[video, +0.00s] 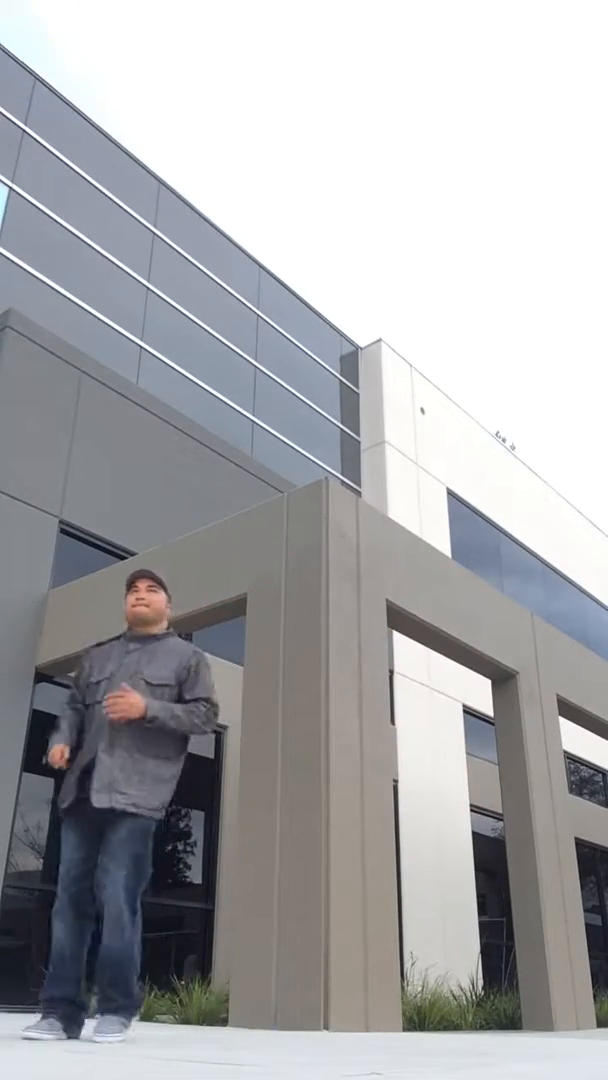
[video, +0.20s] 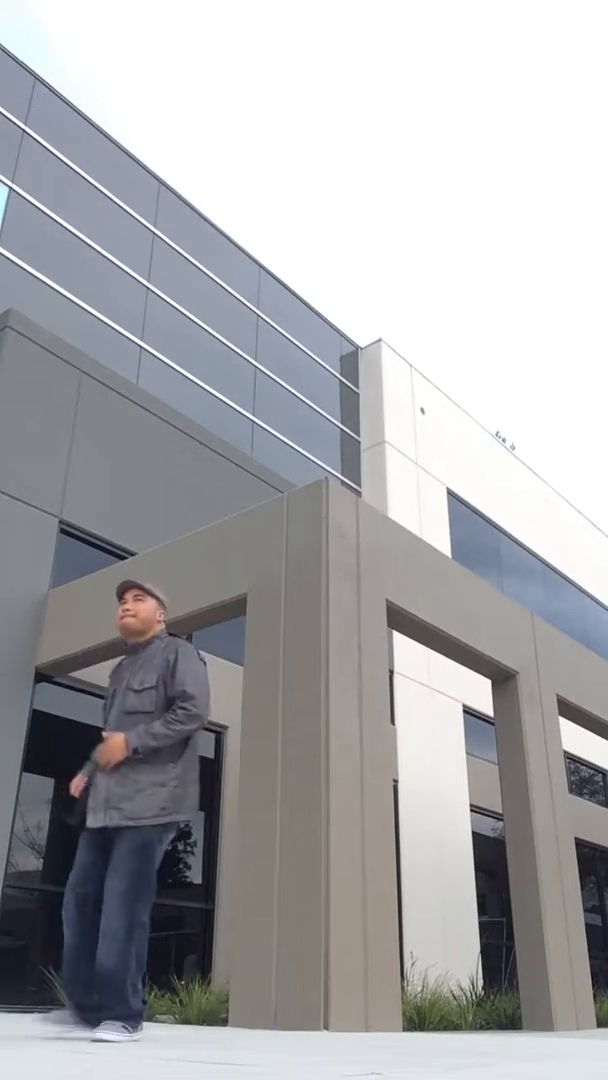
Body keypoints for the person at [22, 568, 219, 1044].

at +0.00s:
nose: (141, 595)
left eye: (151, 590)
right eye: (134, 591)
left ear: (168, 607)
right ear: (123, 607)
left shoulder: (187, 656)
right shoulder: (95, 655)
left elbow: (206, 717)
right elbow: (74, 707)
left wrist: (148, 707)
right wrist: (62, 738)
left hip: (138, 794)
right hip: (82, 787)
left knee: (117, 895)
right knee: (70, 897)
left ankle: (115, 1010)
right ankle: (61, 1011)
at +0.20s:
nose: (125, 606)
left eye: (137, 599)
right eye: (121, 601)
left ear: (161, 612)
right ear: (118, 616)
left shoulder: (180, 653)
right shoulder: (121, 669)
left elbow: (192, 714)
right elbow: (114, 733)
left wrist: (132, 741)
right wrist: (89, 772)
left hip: (150, 803)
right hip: (108, 802)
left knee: (125, 903)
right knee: (80, 898)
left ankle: (123, 1015)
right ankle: (84, 1006)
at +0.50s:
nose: (142, 609)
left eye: (152, 601)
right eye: (138, 604)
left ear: (179, 611)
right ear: (139, 619)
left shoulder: (195, 644)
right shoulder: (155, 665)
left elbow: (219, 701)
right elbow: (159, 729)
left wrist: (174, 754)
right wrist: (131, 754)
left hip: (184, 794)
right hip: (156, 797)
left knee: (146, 898)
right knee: (182, 901)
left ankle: (126, 1013)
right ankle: (229, 1009)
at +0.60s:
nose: (150, 619)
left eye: (159, 611)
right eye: (146, 615)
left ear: (187, 619)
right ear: (151, 629)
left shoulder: (204, 652)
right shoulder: (167, 672)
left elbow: (228, 709)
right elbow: (168, 742)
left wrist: (184, 763)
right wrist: (144, 775)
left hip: (196, 795)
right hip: (185, 796)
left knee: (145, 882)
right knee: (198, 900)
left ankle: (164, 1000)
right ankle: (235, 1021)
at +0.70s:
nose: (158, 617)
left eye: (168, 609)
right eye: (155, 612)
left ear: (194, 617)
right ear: (155, 626)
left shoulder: (211, 650)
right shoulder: (178, 669)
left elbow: (232, 706)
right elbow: (185, 733)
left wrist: (180, 755)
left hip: (206, 791)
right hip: (192, 794)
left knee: (171, 881)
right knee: (200, 892)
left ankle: (226, 994)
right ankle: (235, 1020)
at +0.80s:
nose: (163, 609)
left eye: (172, 601)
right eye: (160, 605)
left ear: (200, 610)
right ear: (167, 618)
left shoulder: (213, 636)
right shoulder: (183, 658)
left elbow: (231, 687)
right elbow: (184, 714)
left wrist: (177, 735)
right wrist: (169, 739)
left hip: (217, 786)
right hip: (192, 792)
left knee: (207, 888)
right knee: (180, 893)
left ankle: (270, 999)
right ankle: (224, 1014)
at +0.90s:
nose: (166, 610)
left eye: (176, 602)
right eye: (164, 605)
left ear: (204, 611)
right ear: (170, 619)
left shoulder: (215, 633)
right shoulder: (187, 660)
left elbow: (231, 682)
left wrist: (176, 729)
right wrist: (173, 738)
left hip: (227, 784)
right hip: (198, 792)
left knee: (243, 892)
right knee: (167, 880)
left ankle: (281, 1011)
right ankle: (213, 999)